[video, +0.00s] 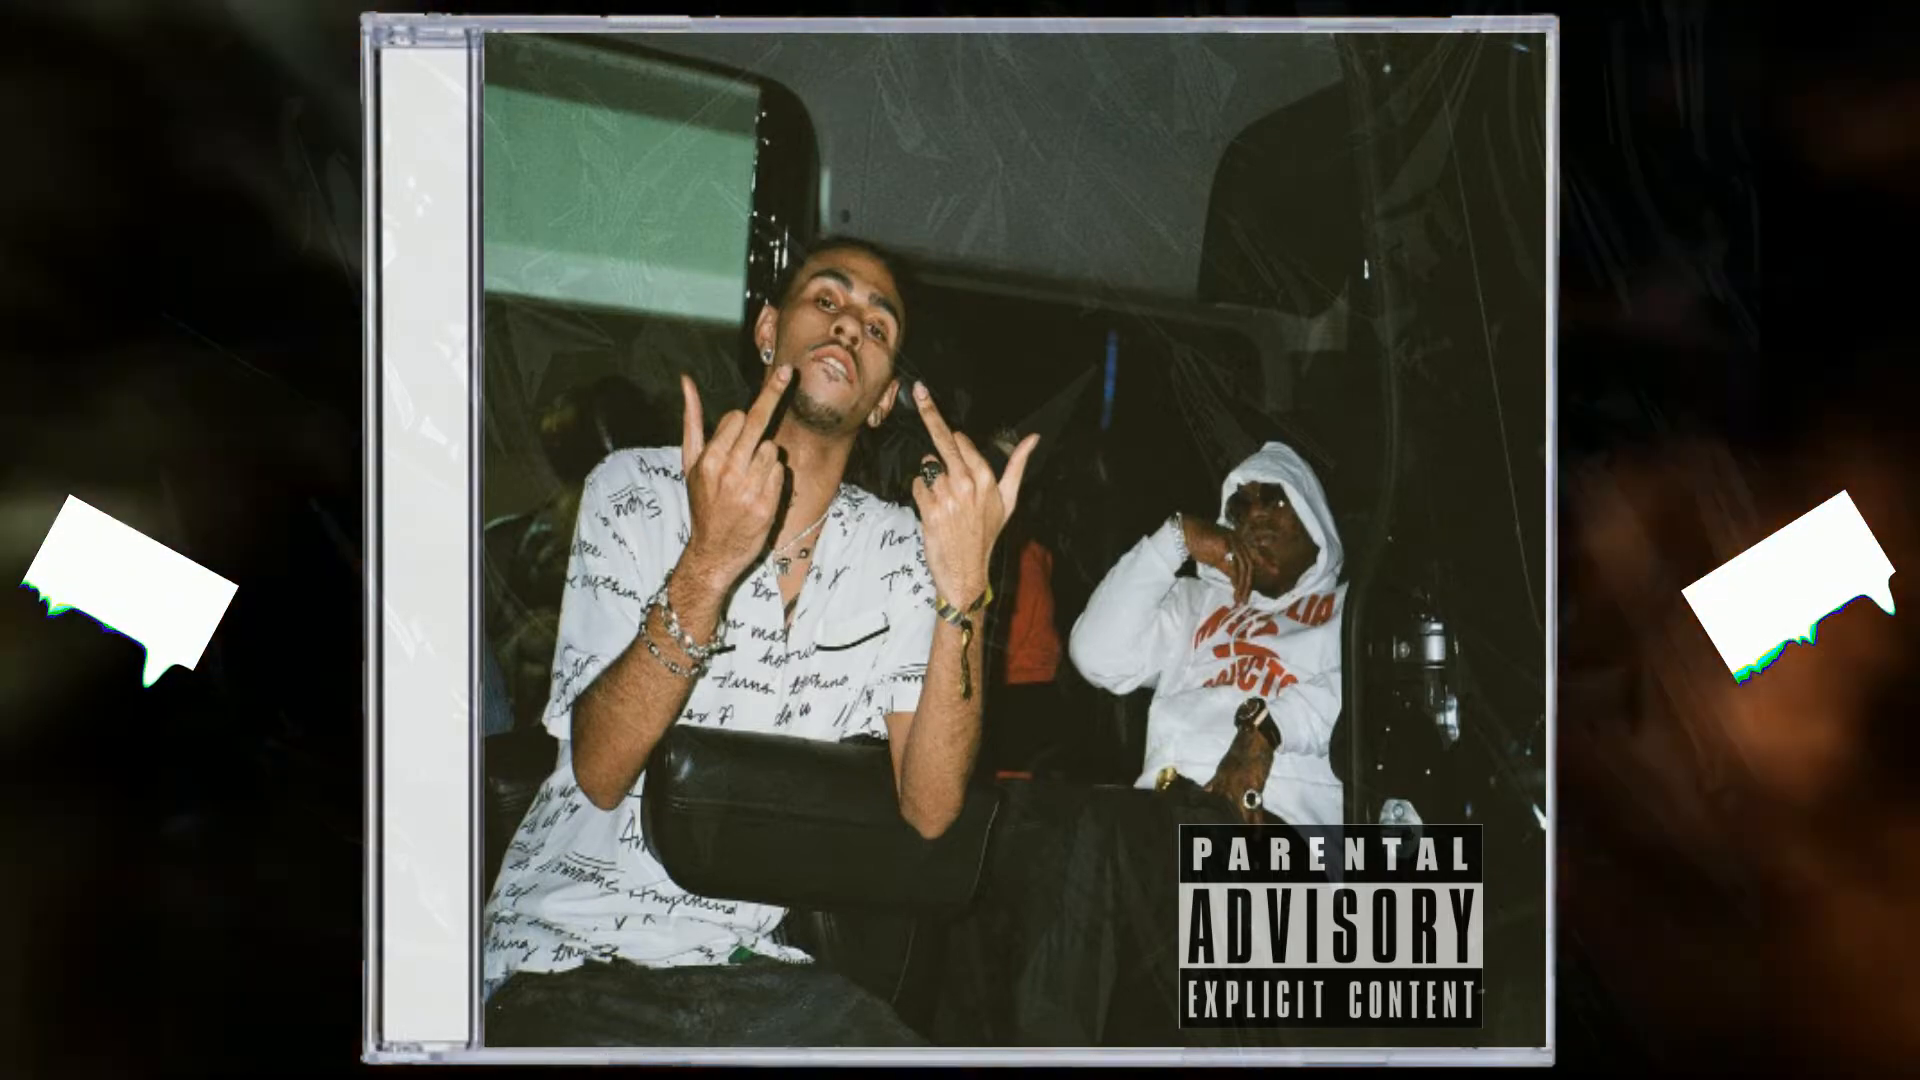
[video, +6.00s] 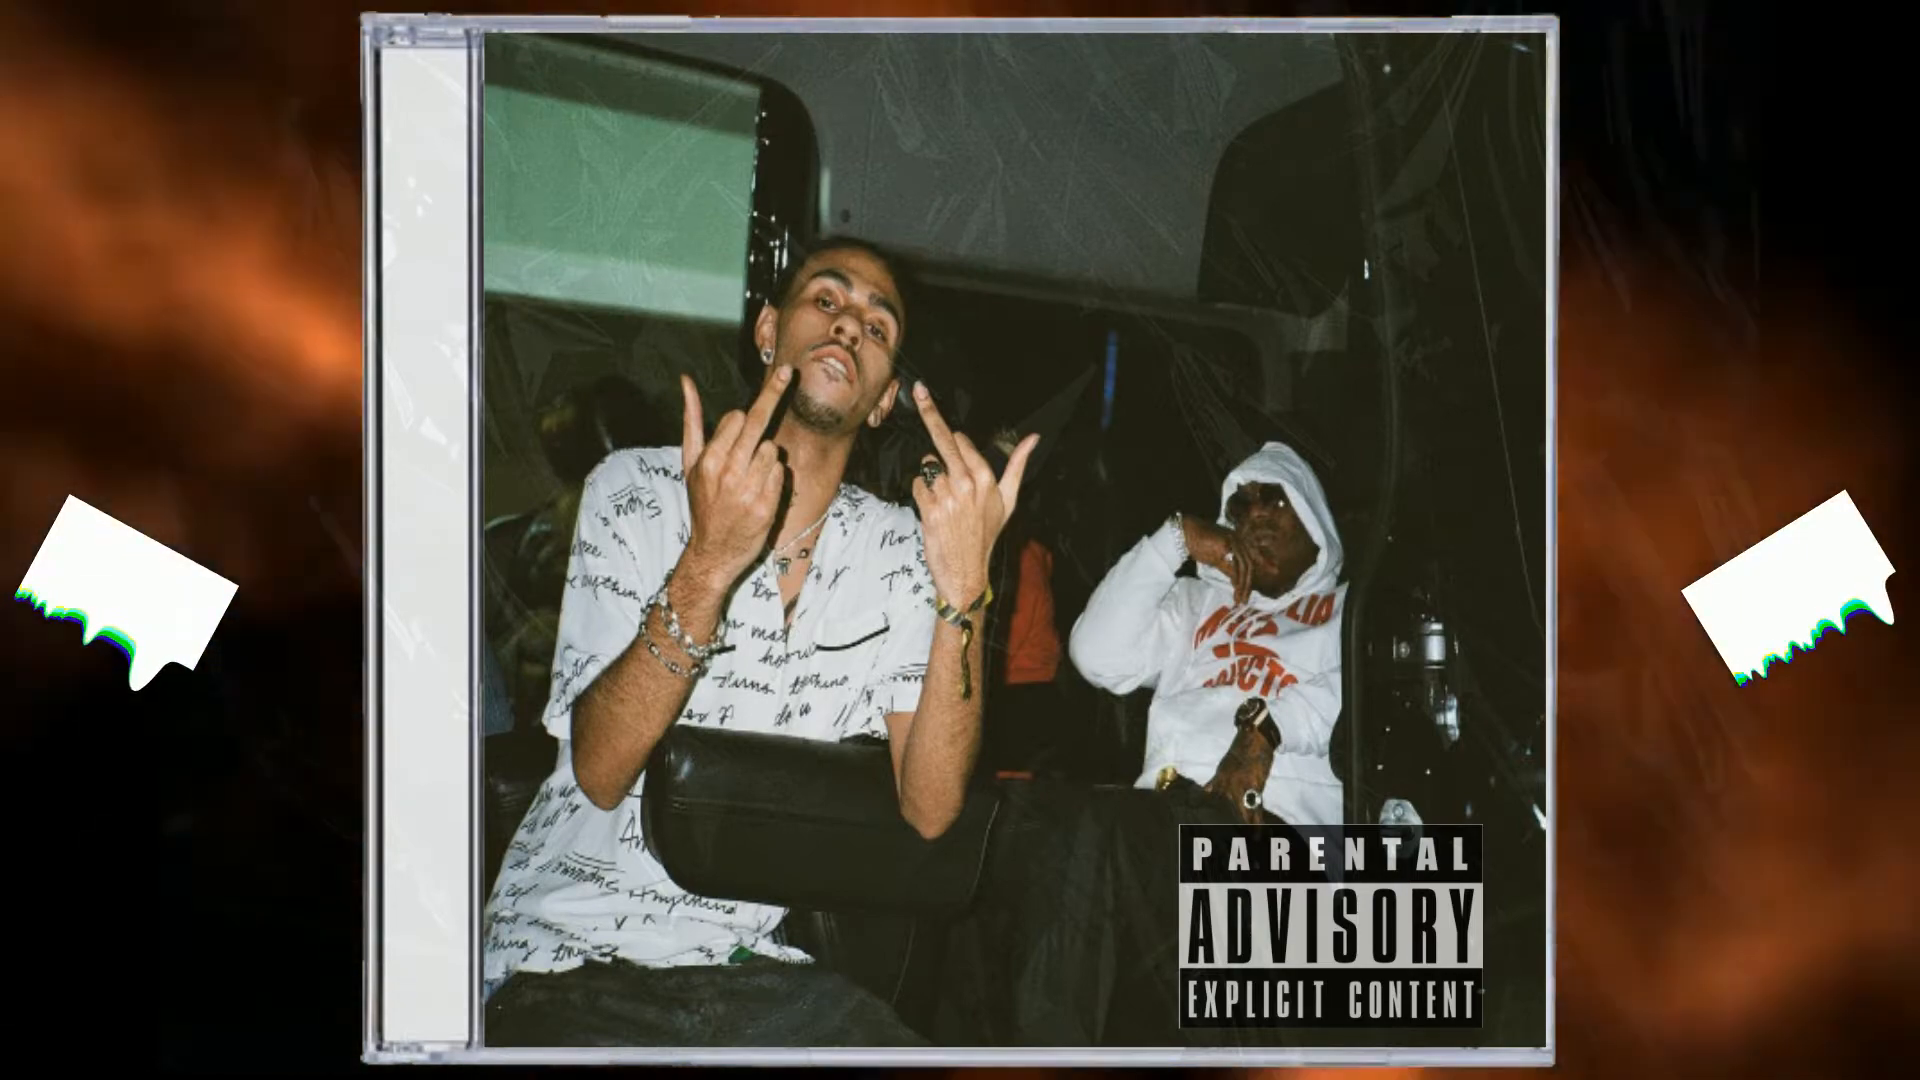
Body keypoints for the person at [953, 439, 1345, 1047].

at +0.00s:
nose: (1258, 520)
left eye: (1278, 503)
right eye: (1243, 504)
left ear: (1318, 524)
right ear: (1226, 525)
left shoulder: (1350, 610)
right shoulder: (1195, 602)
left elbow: (1343, 703)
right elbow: (1099, 658)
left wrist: (1264, 727)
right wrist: (1177, 538)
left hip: (1284, 818)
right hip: (1163, 808)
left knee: (1101, 823)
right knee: (1029, 812)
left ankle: (1050, 1050)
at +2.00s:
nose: (1258, 518)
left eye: (1278, 501)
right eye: (1245, 503)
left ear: (1318, 521)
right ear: (1227, 523)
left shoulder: (1352, 607)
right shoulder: (1198, 601)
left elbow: (1348, 701)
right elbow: (1099, 657)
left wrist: (1268, 725)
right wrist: (1177, 539)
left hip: (1284, 815)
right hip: (1167, 805)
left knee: (1101, 824)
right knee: (1025, 810)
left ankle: (1052, 1052)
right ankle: (969, 1046)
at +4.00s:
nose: (1259, 516)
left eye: (1279, 501)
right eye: (1245, 502)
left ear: (1318, 523)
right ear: (1227, 524)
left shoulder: (1351, 606)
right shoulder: (1197, 602)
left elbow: (1357, 700)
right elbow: (1100, 658)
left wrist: (1269, 726)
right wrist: (1177, 539)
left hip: (1284, 815)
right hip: (1165, 805)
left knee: (1102, 825)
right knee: (1028, 810)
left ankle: (1052, 1052)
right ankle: (970, 1047)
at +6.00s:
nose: (1260, 516)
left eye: (1280, 501)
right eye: (1246, 502)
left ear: (1319, 522)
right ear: (1227, 523)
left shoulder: (1351, 607)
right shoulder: (1196, 601)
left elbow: (1354, 705)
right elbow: (1100, 658)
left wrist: (1267, 724)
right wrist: (1176, 540)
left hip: (1287, 816)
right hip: (1166, 806)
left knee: (1096, 826)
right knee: (1025, 812)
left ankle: (1052, 1054)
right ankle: (969, 1050)